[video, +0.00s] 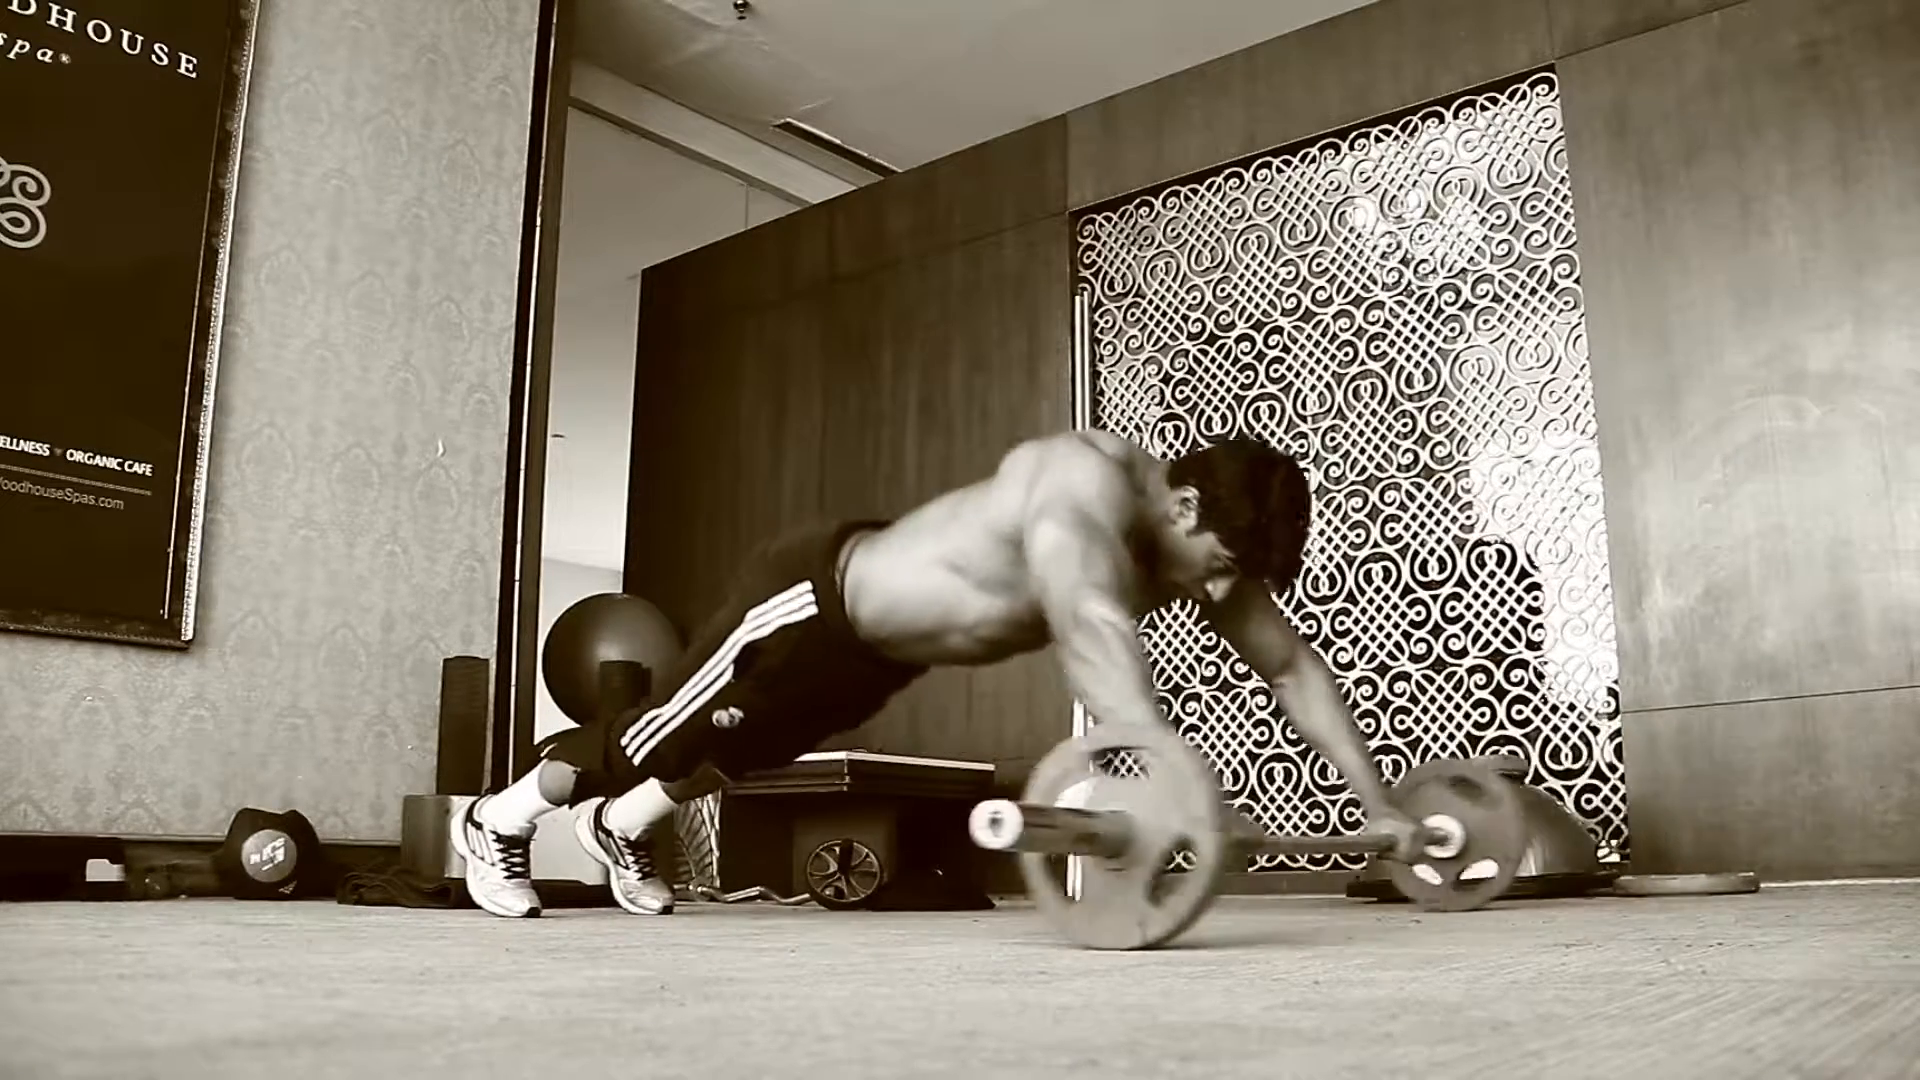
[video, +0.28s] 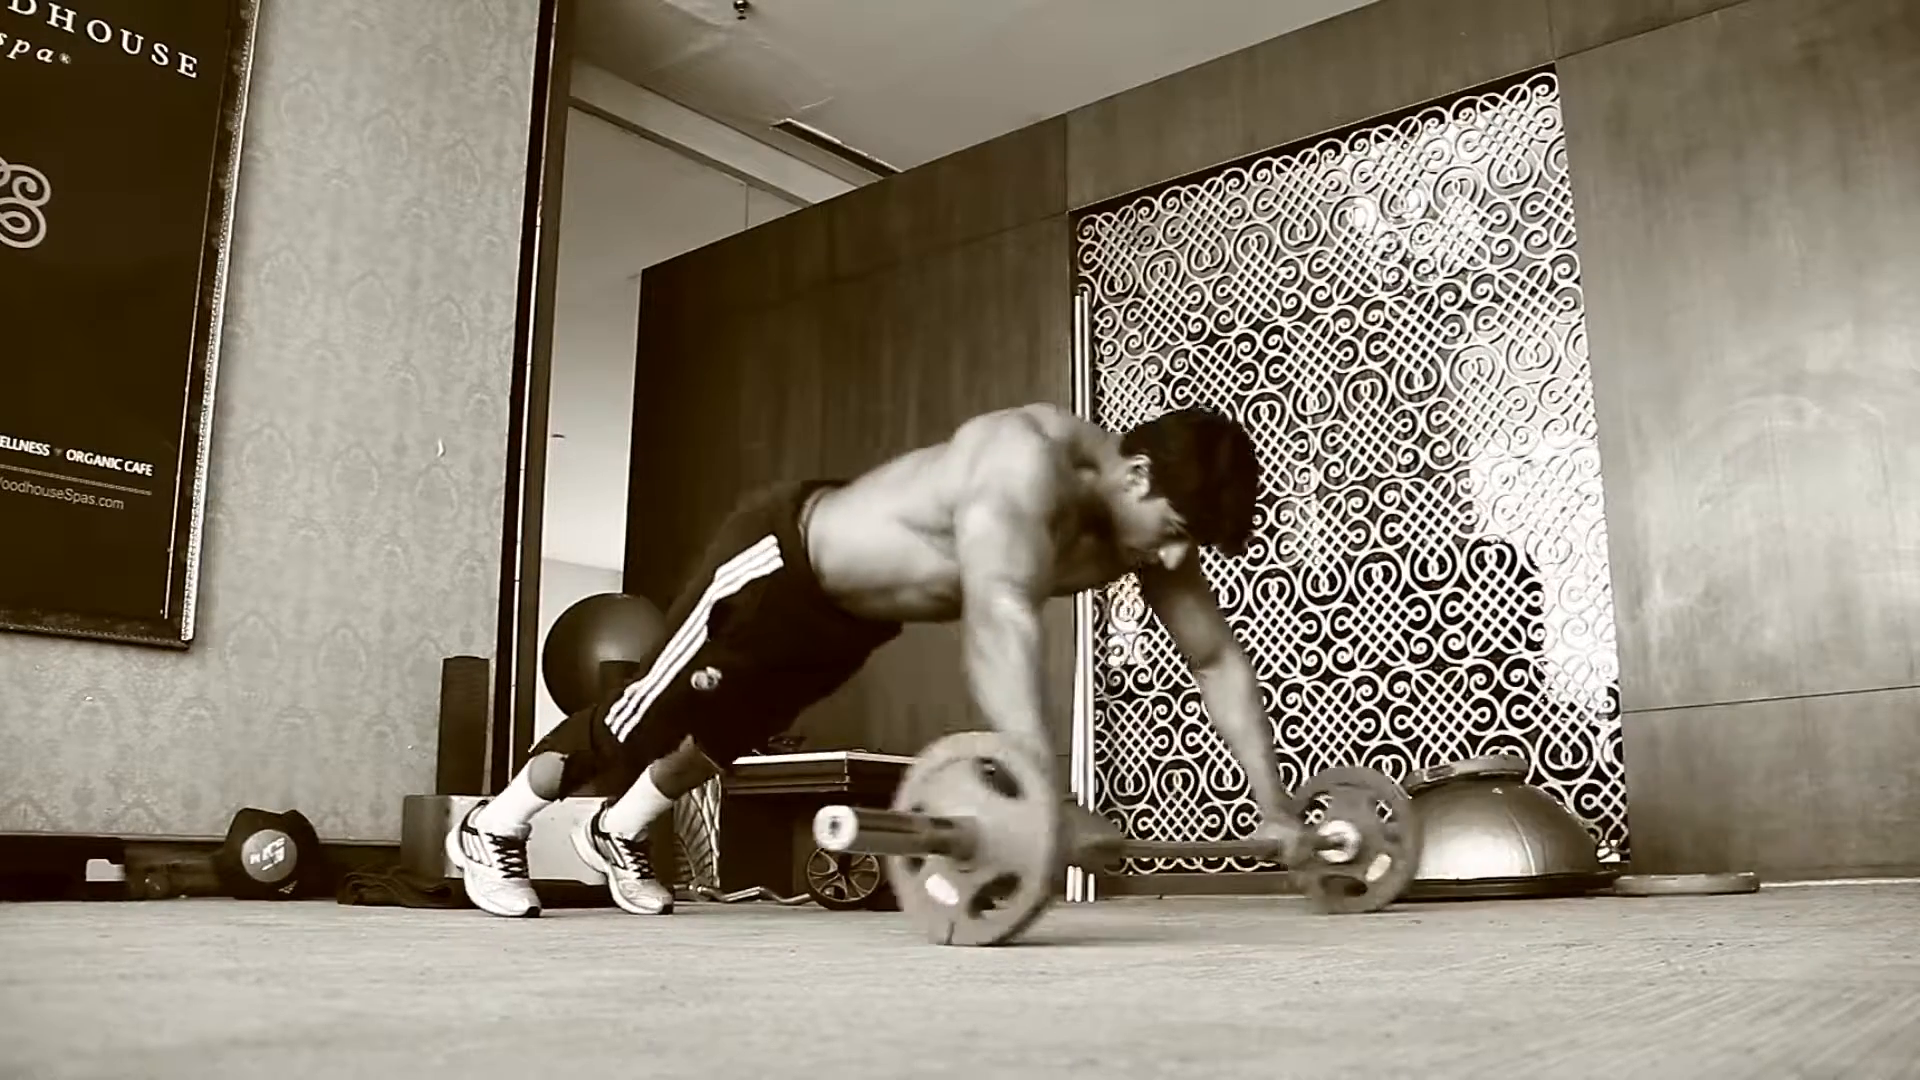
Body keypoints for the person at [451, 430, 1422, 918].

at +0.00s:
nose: (1208, 591)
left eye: (1226, 579)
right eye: (1215, 569)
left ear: (1209, 521)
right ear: (1191, 507)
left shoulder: (1177, 534)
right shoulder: (1075, 487)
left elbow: (1290, 665)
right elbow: (1086, 625)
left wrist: (1372, 793)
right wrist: (1156, 750)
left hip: (887, 645)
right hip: (823, 612)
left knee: (751, 738)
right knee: (657, 737)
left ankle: (618, 821)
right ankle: (495, 821)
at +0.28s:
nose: (1174, 551)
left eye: (1189, 541)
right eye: (1178, 529)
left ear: (1172, 498)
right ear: (1141, 473)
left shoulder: (1136, 529)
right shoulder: (1023, 461)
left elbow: (1217, 659)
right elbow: (996, 621)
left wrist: (1275, 810)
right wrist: (1043, 794)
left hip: (852, 616)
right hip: (786, 559)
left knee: (728, 729)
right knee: (643, 709)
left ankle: (611, 832)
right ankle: (489, 826)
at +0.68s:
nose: (1072, 551)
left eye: (1089, 539)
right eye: (1073, 528)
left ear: (1092, 512)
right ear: (1035, 473)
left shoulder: (1049, 502)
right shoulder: (919, 470)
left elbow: (1114, 659)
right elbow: (882, 633)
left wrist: (1148, 808)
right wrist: (911, 803)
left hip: (805, 563)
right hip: (728, 509)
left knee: (698, 705)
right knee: (608, 689)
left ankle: (607, 845)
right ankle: (478, 837)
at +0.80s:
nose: (1049, 554)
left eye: (1066, 542)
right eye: (1047, 531)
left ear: (1074, 521)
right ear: (1008, 478)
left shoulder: (1030, 516)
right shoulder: (895, 471)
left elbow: (1083, 665)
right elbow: (853, 635)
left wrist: (1119, 810)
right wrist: (878, 803)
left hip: (790, 551)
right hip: (712, 499)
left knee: (691, 696)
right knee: (600, 682)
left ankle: (611, 843)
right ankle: (476, 844)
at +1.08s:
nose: (986, 565)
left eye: (1004, 555)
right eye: (985, 542)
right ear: (951, 493)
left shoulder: (975, 508)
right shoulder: (840, 479)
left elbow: (1026, 669)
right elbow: (797, 638)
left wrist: (1058, 813)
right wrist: (813, 805)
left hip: (757, 531)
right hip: (676, 476)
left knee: (670, 695)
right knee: (581, 677)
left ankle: (598, 853)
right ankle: (468, 855)